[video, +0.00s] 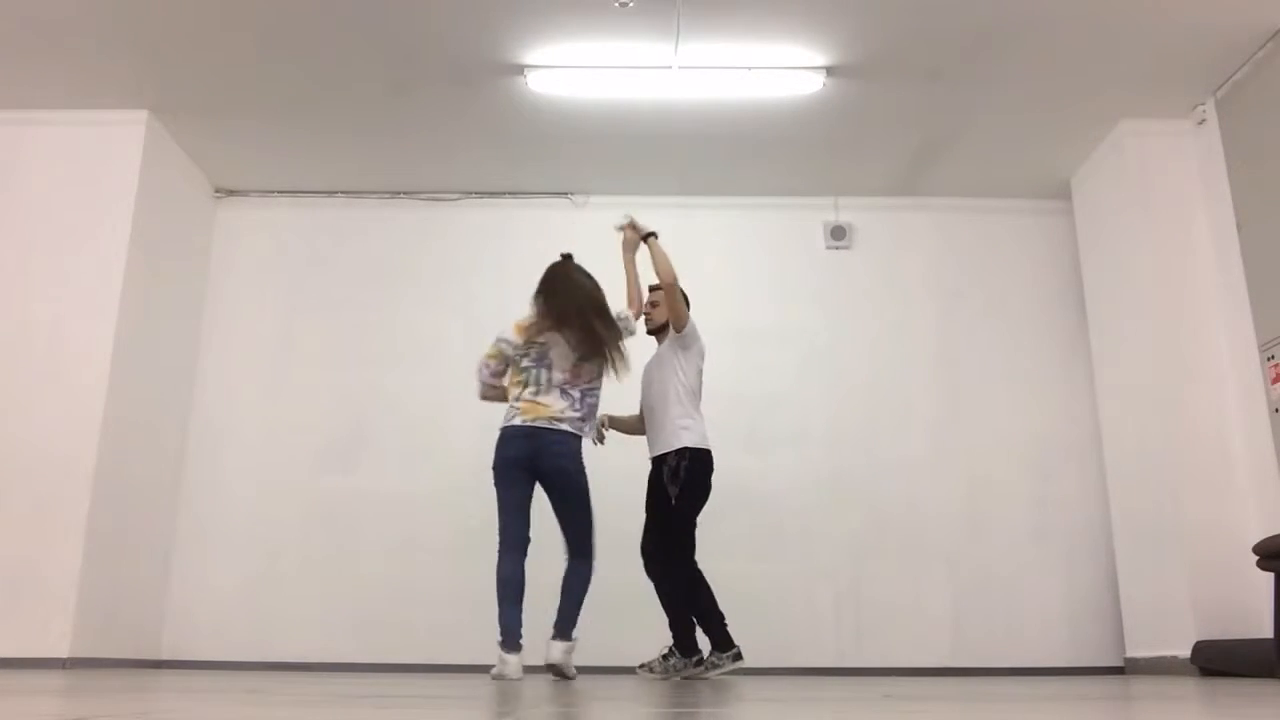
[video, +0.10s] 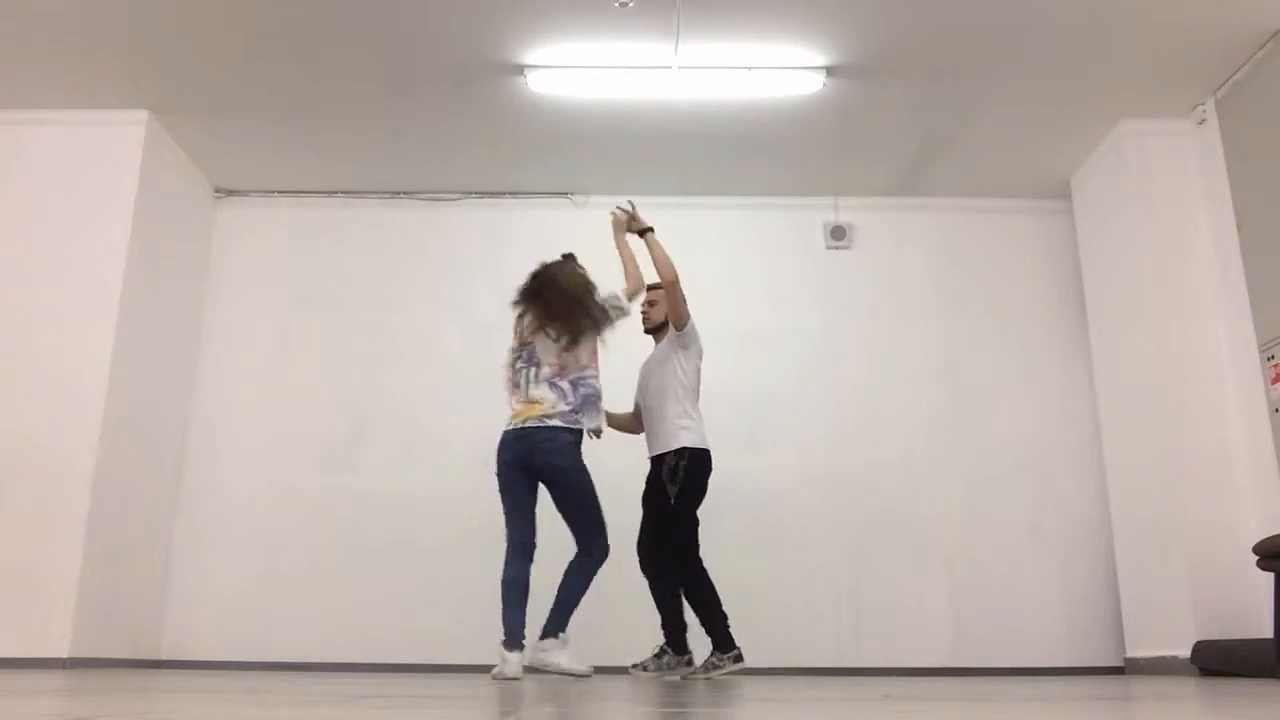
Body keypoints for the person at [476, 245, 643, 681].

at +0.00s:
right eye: (586, 293)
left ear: (543, 294)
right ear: (586, 296)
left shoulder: (522, 330)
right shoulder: (597, 335)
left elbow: (488, 386)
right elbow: (634, 309)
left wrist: (534, 394)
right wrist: (629, 252)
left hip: (513, 442)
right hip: (561, 446)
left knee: (511, 547)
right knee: (580, 553)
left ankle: (510, 653)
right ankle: (561, 645)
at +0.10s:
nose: (589, 290)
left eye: (582, 285)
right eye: (586, 285)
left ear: (539, 291)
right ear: (582, 291)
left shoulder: (523, 323)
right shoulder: (589, 319)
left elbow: (512, 384)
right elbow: (635, 288)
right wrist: (622, 236)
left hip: (513, 442)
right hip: (558, 443)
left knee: (518, 548)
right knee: (593, 547)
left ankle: (511, 652)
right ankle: (551, 643)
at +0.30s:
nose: (583, 287)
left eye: (590, 281)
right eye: (576, 279)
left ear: (595, 288)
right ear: (558, 282)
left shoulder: (592, 332)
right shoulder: (543, 318)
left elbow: (604, 397)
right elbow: (545, 262)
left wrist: (587, 380)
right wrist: (571, 237)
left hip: (568, 447)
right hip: (538, 444)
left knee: (610, 529)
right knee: (568, 542)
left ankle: (528, 564)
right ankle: (543, 648)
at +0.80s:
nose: (548, 278)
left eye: (550, 272)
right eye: (551, 273)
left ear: (557, 271)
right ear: (595, 270)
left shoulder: (545, 300)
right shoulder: (611, 310)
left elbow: (502, 301)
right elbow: (615, 378)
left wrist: (516, 368)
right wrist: (588, 386)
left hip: (547, 431)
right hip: (595, 434)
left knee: (536, 543)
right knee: (588, 540)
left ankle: (529, 650)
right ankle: (600, 650)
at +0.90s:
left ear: (552, 265)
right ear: (597, 271)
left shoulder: (529, 298)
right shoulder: (612, 313)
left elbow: (469, 293)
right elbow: (611, 379)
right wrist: (577, 401)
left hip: (538, 430)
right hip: (591, 431)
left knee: (533, 541)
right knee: (595, 538)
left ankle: (521, 653)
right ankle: (590, 642)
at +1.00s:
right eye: (592, 275)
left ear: (551, 268)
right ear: (594, 276)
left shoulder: (524, 300)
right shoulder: (603, 316)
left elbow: (463, 295)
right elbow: (617, 372)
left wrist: (400, 303)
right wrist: (592, 397)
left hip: (529, 432)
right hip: (581, 433)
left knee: (533, 540)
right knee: (605, 523)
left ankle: (523, 653)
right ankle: (585, 619)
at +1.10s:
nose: (597, 273)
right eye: (595, 267)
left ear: (551, 261)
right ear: (594, 267)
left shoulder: (523, 297)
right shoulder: (603, 311)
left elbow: (465, 297)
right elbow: (633, 359)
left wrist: (400, 298)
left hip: (523, 425)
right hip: (573, 427)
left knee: (528, 538)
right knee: (607, 518)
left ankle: (522, 653)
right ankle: (584, 598)